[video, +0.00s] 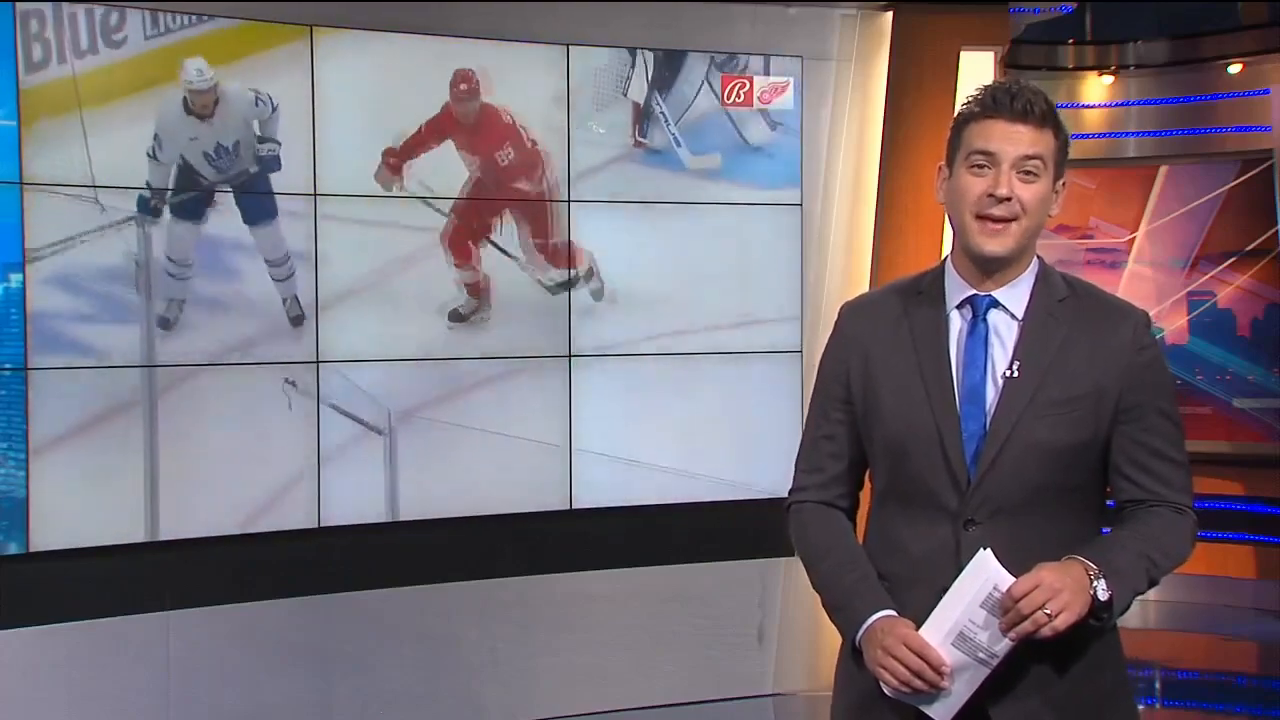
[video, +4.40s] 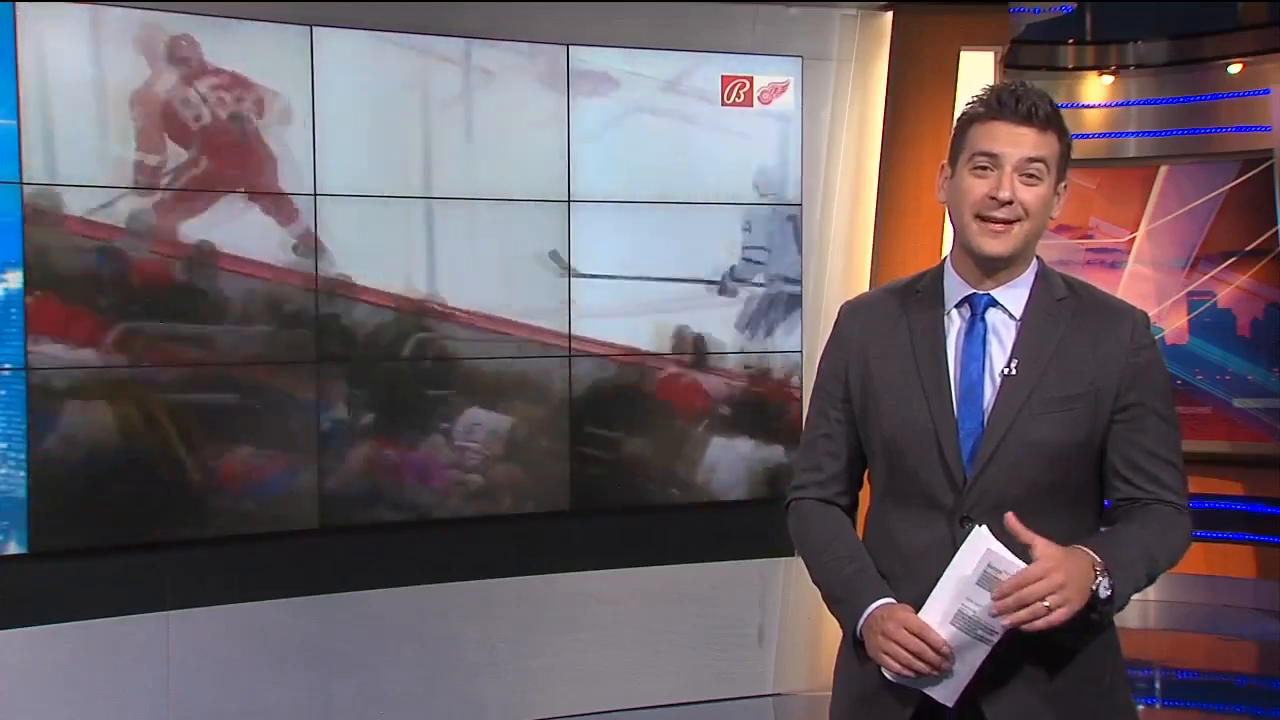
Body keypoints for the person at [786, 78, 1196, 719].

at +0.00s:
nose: (1001, 189)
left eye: (1027, 172)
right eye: (980, 165)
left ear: (1054, 197)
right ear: (944, 183)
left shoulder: (1119, 337)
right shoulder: (866, 327)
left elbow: (1164, 512)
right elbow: (817, 501)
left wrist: (1093, 574)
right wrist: (870, 620)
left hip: (1056, 692)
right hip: (892, 687)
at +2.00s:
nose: (1002, 193)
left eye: (1027, 174)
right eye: (980, 168)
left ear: (1056, 196)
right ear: (944, 183)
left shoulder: (1118, 336)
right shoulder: (864, 327)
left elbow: (1165, 510)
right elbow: (815, 500)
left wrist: (1095, 572)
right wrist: (870, 620)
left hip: (1056, 691)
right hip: (892, 688)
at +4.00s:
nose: (1006, 188)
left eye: (1032, 172)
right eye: (986, 164)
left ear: (1058, 196)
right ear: (947, 183)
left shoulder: (1119, 338)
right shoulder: (865, 327)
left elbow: (1163, 515)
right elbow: (816, 497)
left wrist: (1109, 531)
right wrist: (869, 610)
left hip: (1053, 690)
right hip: (889, 687)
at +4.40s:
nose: (1003, 192)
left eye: (1030, 175)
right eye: (983, 167)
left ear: (1056, 198)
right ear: (946, 183)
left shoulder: (1119, 337)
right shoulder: (865, 328)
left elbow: (1159, 510)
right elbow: (816, 498)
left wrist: (1096, 567)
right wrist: (869, 609)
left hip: (1054, 692)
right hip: (891, 688)